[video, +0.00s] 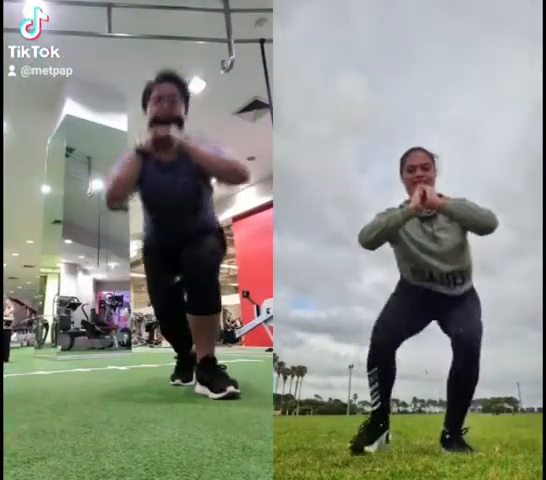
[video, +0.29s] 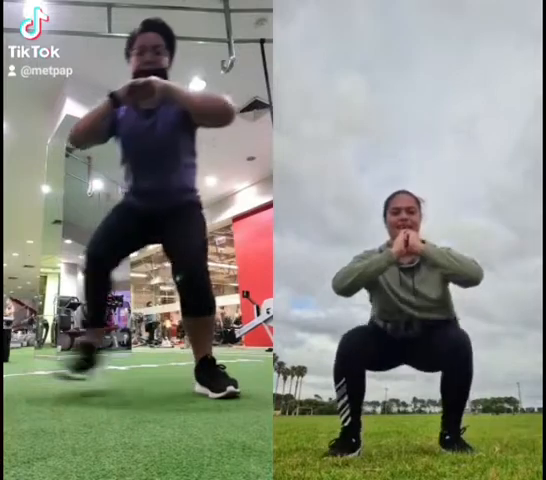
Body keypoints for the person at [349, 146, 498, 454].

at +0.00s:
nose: (420, 175)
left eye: (426, 169)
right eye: (412, 170)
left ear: (436, 173)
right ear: (402, 177)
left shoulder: (455, 207)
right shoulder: (396, 216)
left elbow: (489, 224)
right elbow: (366, 240)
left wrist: (442, 206)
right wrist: (410, 211)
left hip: (459, 299)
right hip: (413, 296)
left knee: (469, 348)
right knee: (381, 342)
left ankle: (453, 434)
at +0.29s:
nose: (403, 218)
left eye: (410, 212)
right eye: (396, 212)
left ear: (420, 219)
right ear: (386, 220)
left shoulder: (436, 256)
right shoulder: (374, 257)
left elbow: (474, 275)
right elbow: (341, 286)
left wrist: (424, 249)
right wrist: (391, 254)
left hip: (431, 341)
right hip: (386, 341)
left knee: (458, 343)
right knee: (352, 344)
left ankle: (451, 437)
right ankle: (349, 438)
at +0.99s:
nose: (351, 193)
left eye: (359, 187)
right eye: (344, 187)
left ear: (368, 194)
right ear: (335, 194)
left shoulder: (382, 228)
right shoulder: (327, 231)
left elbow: (411, 241)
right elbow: (294, 250)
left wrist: (368, 214)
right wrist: (340, 219)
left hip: (376, 314)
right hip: (336, 306)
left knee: (363, 404)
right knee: (332, 348)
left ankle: (328, 399)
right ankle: (348, 434)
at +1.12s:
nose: (346, 215)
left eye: (353, 209)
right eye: (338, 209)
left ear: (362, 215)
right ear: (329, 216)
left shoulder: (376, 250)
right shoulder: (320, 254)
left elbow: (399, 271)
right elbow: (287, 278)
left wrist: (359, 242)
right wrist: (333, 247)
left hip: (368, 338)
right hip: (326, 327)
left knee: (339, 423)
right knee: (327, 352)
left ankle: (312, 418)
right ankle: (347, 439)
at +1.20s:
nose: (343, 228)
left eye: (351, 223)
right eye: (336, 223)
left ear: (360, 230)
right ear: (326, 230)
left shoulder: (373, 264)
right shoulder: (314, 267)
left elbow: (398, 293)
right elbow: (286, 298)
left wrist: (359, 262)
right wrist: (332, 266)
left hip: (363, 353)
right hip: (325, 344)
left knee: (340, 427)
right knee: (312, 347)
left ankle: (309, 423)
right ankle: (347, 437)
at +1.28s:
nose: (341, 232)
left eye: (349, 227)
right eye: (334, 226)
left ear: (358, 234)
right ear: (324, 233)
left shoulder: (371, 267)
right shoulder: (312, 270)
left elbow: (399, 296)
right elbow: (286, 303)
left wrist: (357, 266)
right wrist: (332, 271)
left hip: (363, 353)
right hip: (324, 347)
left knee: (340, 432)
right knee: (310, 349)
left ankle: (309, 423)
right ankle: (347, 437)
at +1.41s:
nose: (340, 227)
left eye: (348, 222)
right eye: (333, 222)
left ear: (357, 230)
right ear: (323, 229)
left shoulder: (371, 265)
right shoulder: (312, 266)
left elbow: (403, 287)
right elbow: (285, 294)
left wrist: (360, 257)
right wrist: (332, 263)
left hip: (363, 348)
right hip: (323, 343)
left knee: (342, 426)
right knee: (310, 346)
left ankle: (309, 423)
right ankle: (346, 437)